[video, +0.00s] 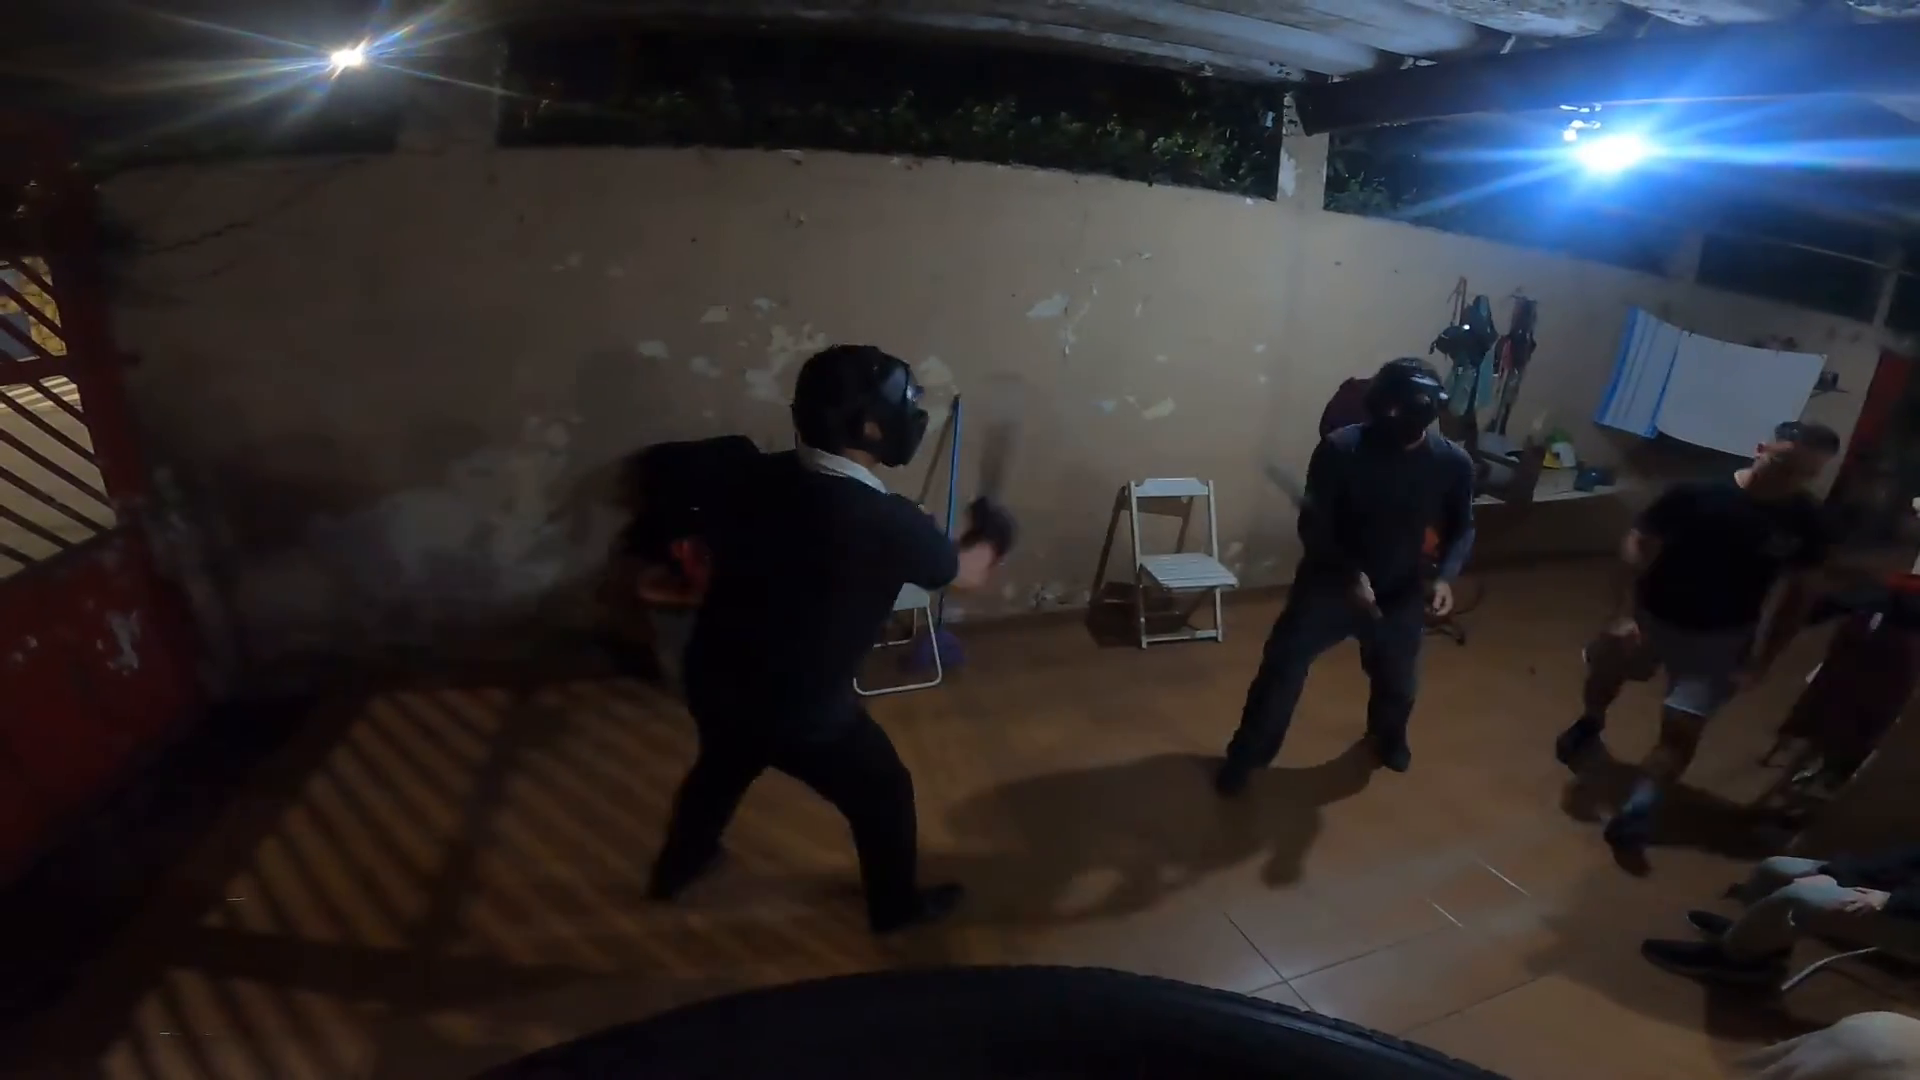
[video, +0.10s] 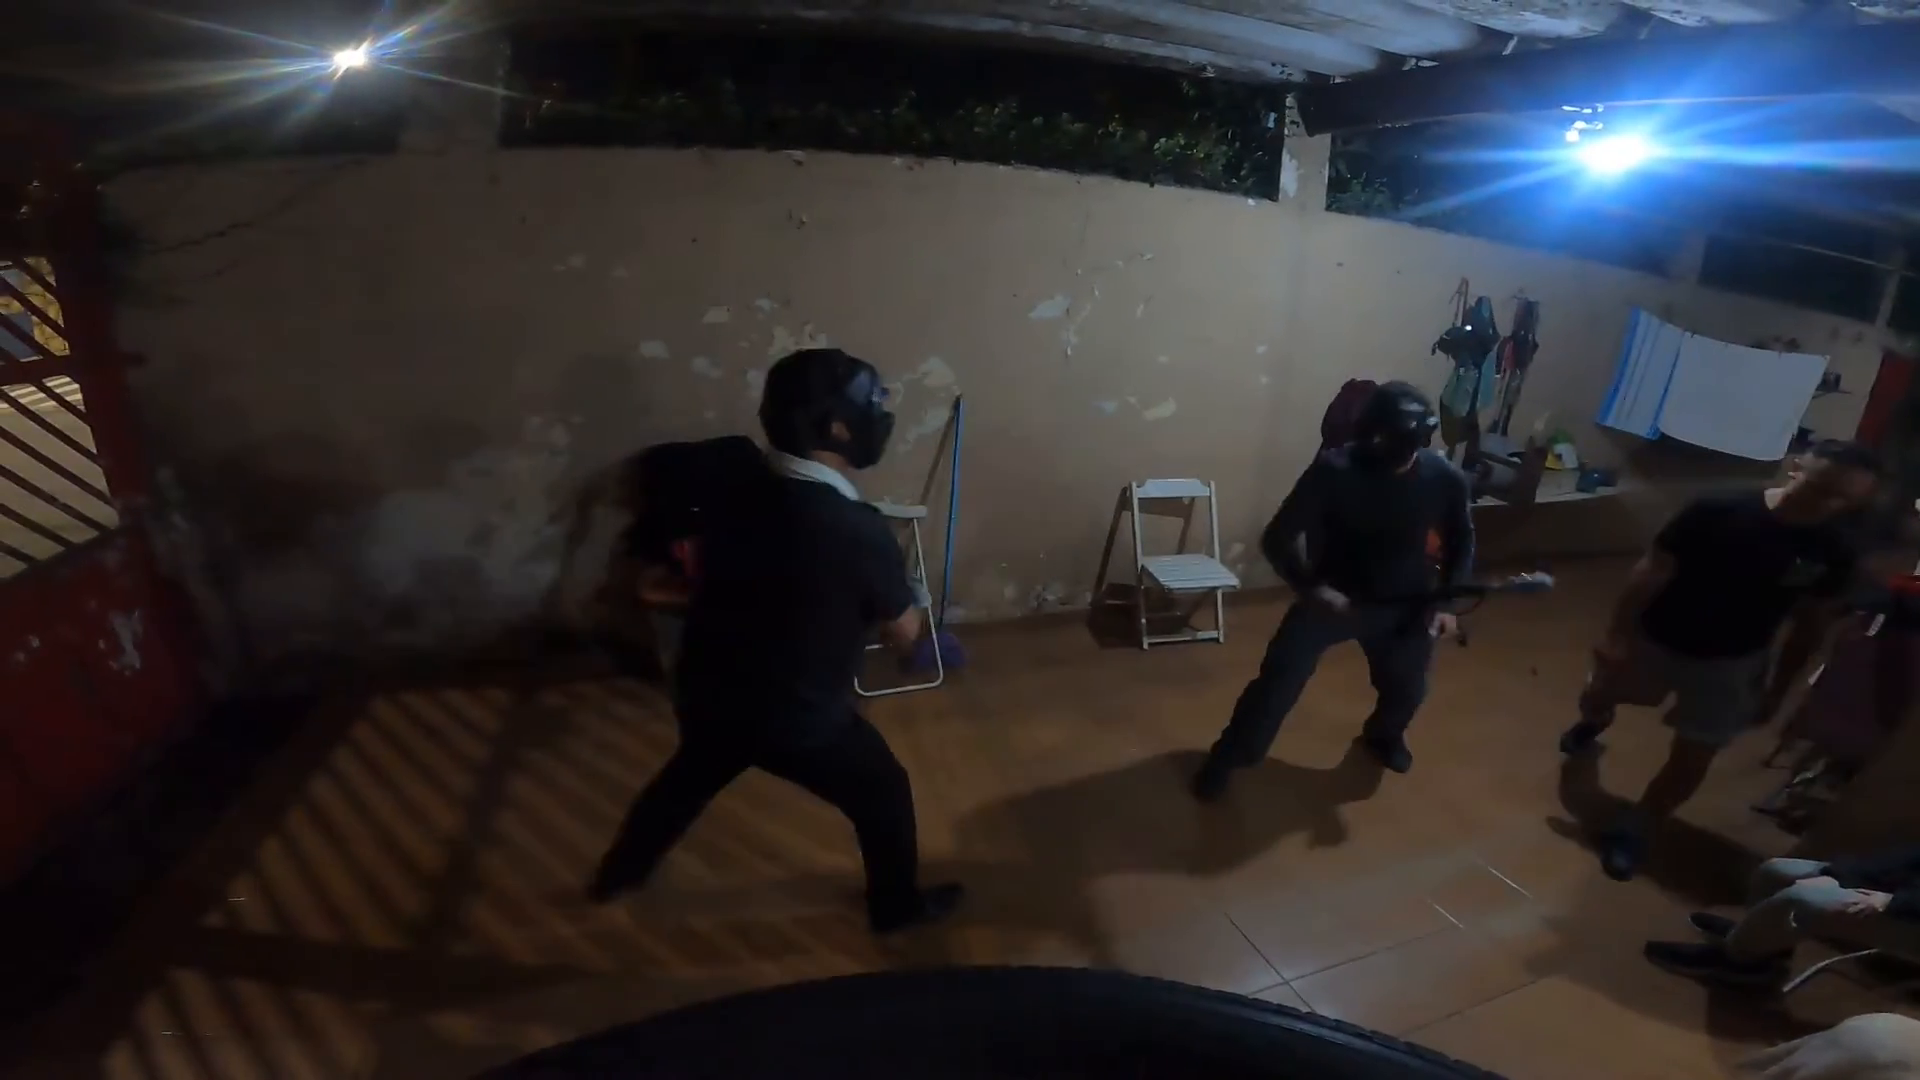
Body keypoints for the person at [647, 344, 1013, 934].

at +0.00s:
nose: (913, 415)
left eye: (909, 402)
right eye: (901, 405)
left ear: (807, 417)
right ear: (868, 429)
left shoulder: (755, 479)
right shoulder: (890, 522)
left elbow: (645, 474)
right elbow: (962, 570)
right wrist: (990, 539)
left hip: (717, 685)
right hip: (808, 711)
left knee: (723, 765)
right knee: (883, 792)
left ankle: (675, 866)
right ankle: (894, 905)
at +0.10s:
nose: (883, 418)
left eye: (879, 405)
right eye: (870, 408)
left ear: (781, 418)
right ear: (837, 430)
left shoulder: (730, 472)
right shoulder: (859, 529)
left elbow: (628, 476)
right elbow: (904, 631)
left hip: (709, 692)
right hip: (801, 715)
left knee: (696, 770)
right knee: (882, 790)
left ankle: (616, 871)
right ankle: (896, 905)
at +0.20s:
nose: (853, 420)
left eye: (849, 406)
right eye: (840, 409)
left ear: (749, 421)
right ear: (805, 431)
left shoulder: (697, 483)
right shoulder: (838, 534)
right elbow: (871, 654)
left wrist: (710, 595)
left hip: (693, 699)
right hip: (785, 718)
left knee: (673, 783)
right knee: (872, 793)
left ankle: (596, 886)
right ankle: (895, 907)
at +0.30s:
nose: (782, 435)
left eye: (778, 419)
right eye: (768, 423)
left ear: (682, 430)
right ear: (728, 440)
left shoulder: (640, 498)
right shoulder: (745, 543)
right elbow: (782, 675)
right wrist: (840, 687)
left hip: (637, 706)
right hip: (717, 723)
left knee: (648, 800)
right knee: (809, 814)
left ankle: (593, 906)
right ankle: (889, 900)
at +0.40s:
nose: (747, 455)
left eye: (744, 439)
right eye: (734, 440)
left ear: (677, 443)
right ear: (692, 447)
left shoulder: (611, 502)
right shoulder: (690, 529)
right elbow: (714, 670)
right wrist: (795, 695)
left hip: (599, 705)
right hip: (669, 718)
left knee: (649, 790)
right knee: (761, 813)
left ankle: (594, 906)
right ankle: (873, 901)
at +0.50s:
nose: (715, 438)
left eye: (715, 424)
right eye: (706, 424)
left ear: (655, 426)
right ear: (670, 429)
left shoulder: (594, 477)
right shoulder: (637, 496)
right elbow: (613, 626)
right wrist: (736, 688)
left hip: (528, 672)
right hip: (577, 680)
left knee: (605, 777)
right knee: (693, 779)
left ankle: (589, 895)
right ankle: (755, 890)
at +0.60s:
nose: (691, 406)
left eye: (688, 392)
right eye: (677, 392)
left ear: (620, 400)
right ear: (632, 400)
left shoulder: (557, 453)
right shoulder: (602, 471)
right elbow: (551, 600)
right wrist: (636, 638)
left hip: (484, 652)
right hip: (535, 660)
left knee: (527, 775)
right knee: (618, 783)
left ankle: (525, 888)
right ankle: (607, 905)